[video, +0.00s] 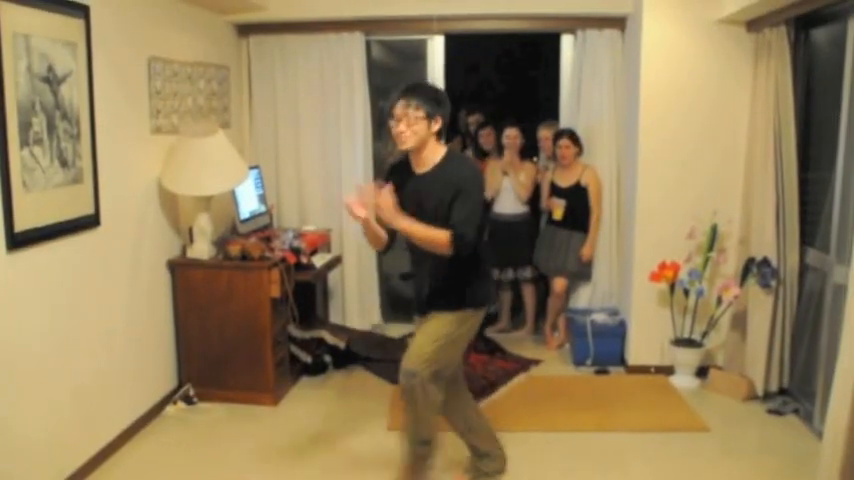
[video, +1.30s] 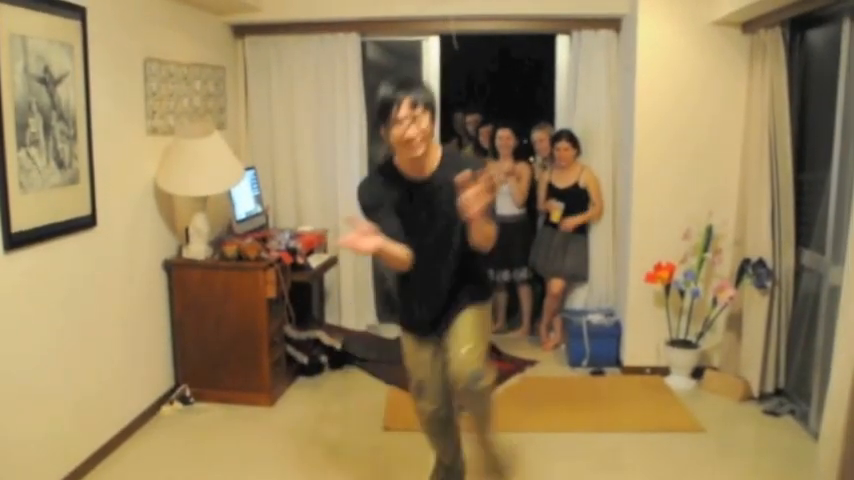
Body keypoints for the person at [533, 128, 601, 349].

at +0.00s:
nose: (563, 152)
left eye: (568, 147)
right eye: (559, 147)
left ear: (577, 149)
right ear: (554, 151)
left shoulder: (588, 174)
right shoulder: (550, 175)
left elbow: (595, 210)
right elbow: (543, 203)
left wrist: (590, 242)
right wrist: (550, 204)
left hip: (576, 234)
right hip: (553, 231)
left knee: (560, 285)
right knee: (557, 288)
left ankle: (549, 326)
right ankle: (563, 331)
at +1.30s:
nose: (561, 154)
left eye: (566, 149)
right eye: (558, 149)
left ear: (576, 151)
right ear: (552, 152)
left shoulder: (586, 175)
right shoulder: (547, 176)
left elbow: (597, 208)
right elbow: (540, 204)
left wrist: (576, 220)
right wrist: (548, 206)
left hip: (573, 233)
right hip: (550, 231)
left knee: (557, 287)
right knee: (552, 287)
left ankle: (544, 326)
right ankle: (557, 330)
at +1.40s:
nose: (563, 157)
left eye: (567, 152)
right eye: (559, 152)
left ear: (575, 152)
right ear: (553, 153)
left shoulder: (586, 174)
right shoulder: (547, 175)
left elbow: (597, 207)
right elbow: (540, 204)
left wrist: (573, 210)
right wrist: (553, 208)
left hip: (573, 235)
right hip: (550, 232)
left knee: (556, 286)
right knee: (553, 287)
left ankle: (543, 326)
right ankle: (557, 331)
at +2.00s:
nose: (567, 185)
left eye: (570, 180)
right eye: (563, 181)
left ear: (576, 175)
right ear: (553, 176)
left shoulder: (583, 187)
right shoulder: (541, 182)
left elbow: (587, 219)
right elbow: (529, 211)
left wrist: (575, 242)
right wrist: (544, 228)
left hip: (568, 234)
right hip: (542, 231)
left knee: (550, 283)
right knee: (543, 284)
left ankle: (549, 333)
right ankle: (551, 329)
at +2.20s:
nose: (569, 206)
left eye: (573, 202)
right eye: (566, 202)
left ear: (578, 197)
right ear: (556, 193)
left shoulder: (581, 203)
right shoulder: (541, 190)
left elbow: (584, 232)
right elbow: (528, 217)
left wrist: (582, 265)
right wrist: (541, 239)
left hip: (566, 238)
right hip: (539, 236)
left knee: (548, 283)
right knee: (540, 285)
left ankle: (551, 334)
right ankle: (548, 326)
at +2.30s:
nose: (565, 213)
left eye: (569, 210)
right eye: (562, 209)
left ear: (576, 204)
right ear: (555, 198)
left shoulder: (580, 208)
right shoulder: (542, 194)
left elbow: (582, 238)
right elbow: (526, 220)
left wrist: (583, 273)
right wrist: (540, 244)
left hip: (565, 240)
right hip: (538, 237)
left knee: (548, 284)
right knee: (540, 286)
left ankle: (551, 333)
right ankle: (550, 328)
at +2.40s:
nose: (562, 220)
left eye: (567, 217)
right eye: (560, 215)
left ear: (575, 212)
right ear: (554, 205)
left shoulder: (579, 215)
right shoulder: (540, 200)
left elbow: (582, 247)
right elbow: (524, 225)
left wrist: (583, 281)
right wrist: (538, 250)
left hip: (564, 242)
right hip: (538, 239)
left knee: (547, 283)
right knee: (538, 287)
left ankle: (550, 332)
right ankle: (550, 329)